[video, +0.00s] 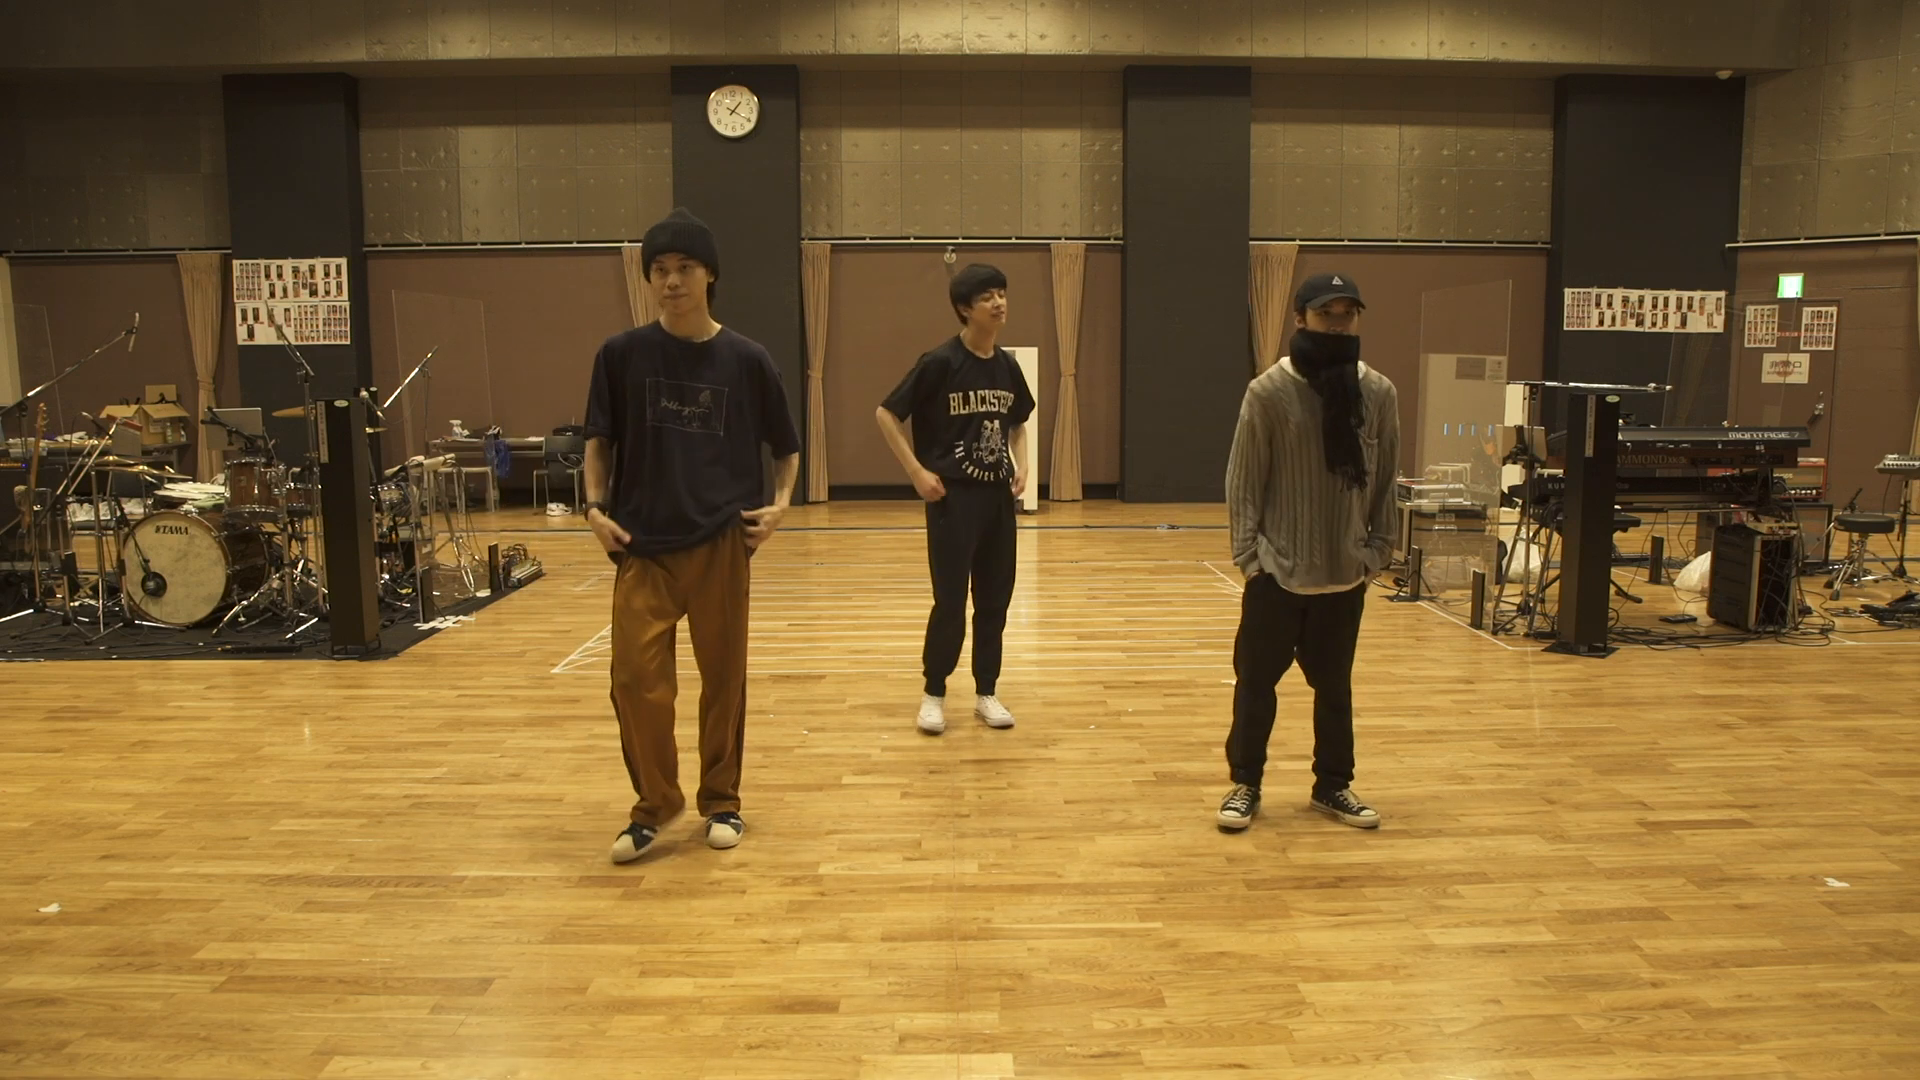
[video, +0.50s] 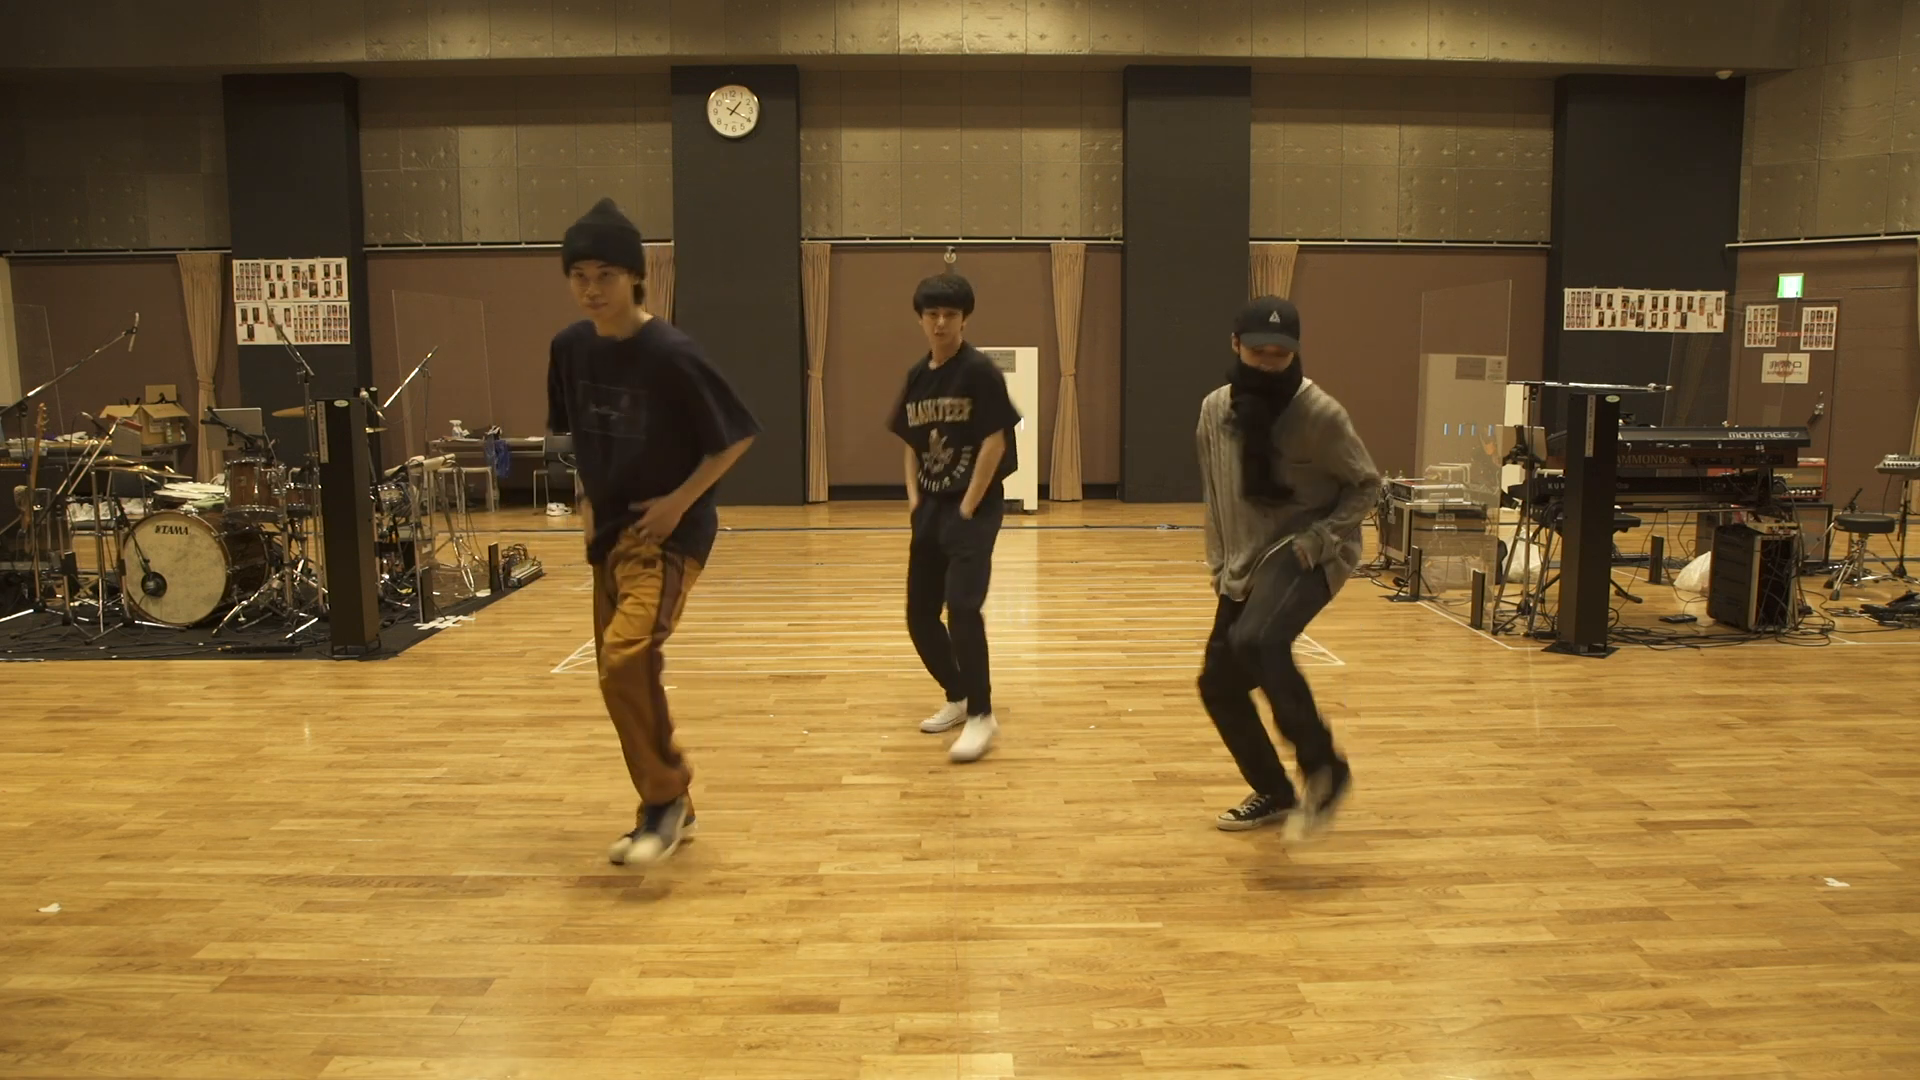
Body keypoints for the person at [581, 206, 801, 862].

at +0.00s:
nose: (671, 282)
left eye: (684, 270)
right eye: (660, 271)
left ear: (710, 276)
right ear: (648, 280)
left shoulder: (747, 361)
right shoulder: (621, 356)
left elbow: (786, 446)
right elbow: (597, 440)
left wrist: (780, 505)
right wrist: (594, 507)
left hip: (721, 546)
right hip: (640, 551)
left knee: (724, 680)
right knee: (634, 683)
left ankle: (722, 806)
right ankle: (654, 807)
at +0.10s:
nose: (666, 283)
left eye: (679, 271)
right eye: (655, 272)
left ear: (704, 277)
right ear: (642, 282)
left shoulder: (740, 362)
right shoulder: (614, 357)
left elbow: (784, 445)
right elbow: (593, 442)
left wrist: (774, 502)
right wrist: (592, 507)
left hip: (715, 549)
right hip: (635, 554)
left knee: (721, 681)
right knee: (637, 692)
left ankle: (722, 807)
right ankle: (665, 816)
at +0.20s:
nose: (657, 285)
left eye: (670, 272)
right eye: (646, 274)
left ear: (696, 278)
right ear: (633, 283)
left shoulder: (732, 363)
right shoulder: (605, 359)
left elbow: (780, 446)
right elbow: (586, 443)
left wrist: (763, 499)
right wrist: (589, 510)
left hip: (708, 553)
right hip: (629, 556)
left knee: (716, 684)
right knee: (641, 695)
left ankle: (721, 807)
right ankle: (668, 817)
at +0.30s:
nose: (635, 285)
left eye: (648, 272)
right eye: (624, 274)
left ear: (676, 277)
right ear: (613, 282)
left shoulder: (715, 361)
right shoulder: (589, 361)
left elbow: (762, 450)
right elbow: (576, 447)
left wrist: (738, 510)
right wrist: (576, 517)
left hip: (693, 567)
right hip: (616, 567)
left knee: (704, 697)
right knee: (638, 705)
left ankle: (722, 805)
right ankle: (670, 818)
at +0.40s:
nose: (620, 289)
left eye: (633, 276)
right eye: (609, 278)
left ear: (663, 280)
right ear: (598, 287)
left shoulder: (702, 362)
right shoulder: (579, 368)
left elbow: (754, 451)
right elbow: (570, 460)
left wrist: (715, 506)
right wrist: (576, 530)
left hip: (676, 551)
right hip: (607, 557)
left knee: (666, 678)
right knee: (628, 698)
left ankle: (711, 774)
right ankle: (668, 818)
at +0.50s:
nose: (591, 288)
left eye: (604, 274)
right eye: (579, 277)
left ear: (635, 278)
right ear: (569, 283)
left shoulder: (670, 353)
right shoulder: (571, 349)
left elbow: (739, 436)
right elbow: (583, 438)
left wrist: (677, 501)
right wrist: (589, 506)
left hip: (668, 533)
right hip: (609, 531)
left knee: (622, 658)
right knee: (623, 668)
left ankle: (669, 792)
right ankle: (659, 808)